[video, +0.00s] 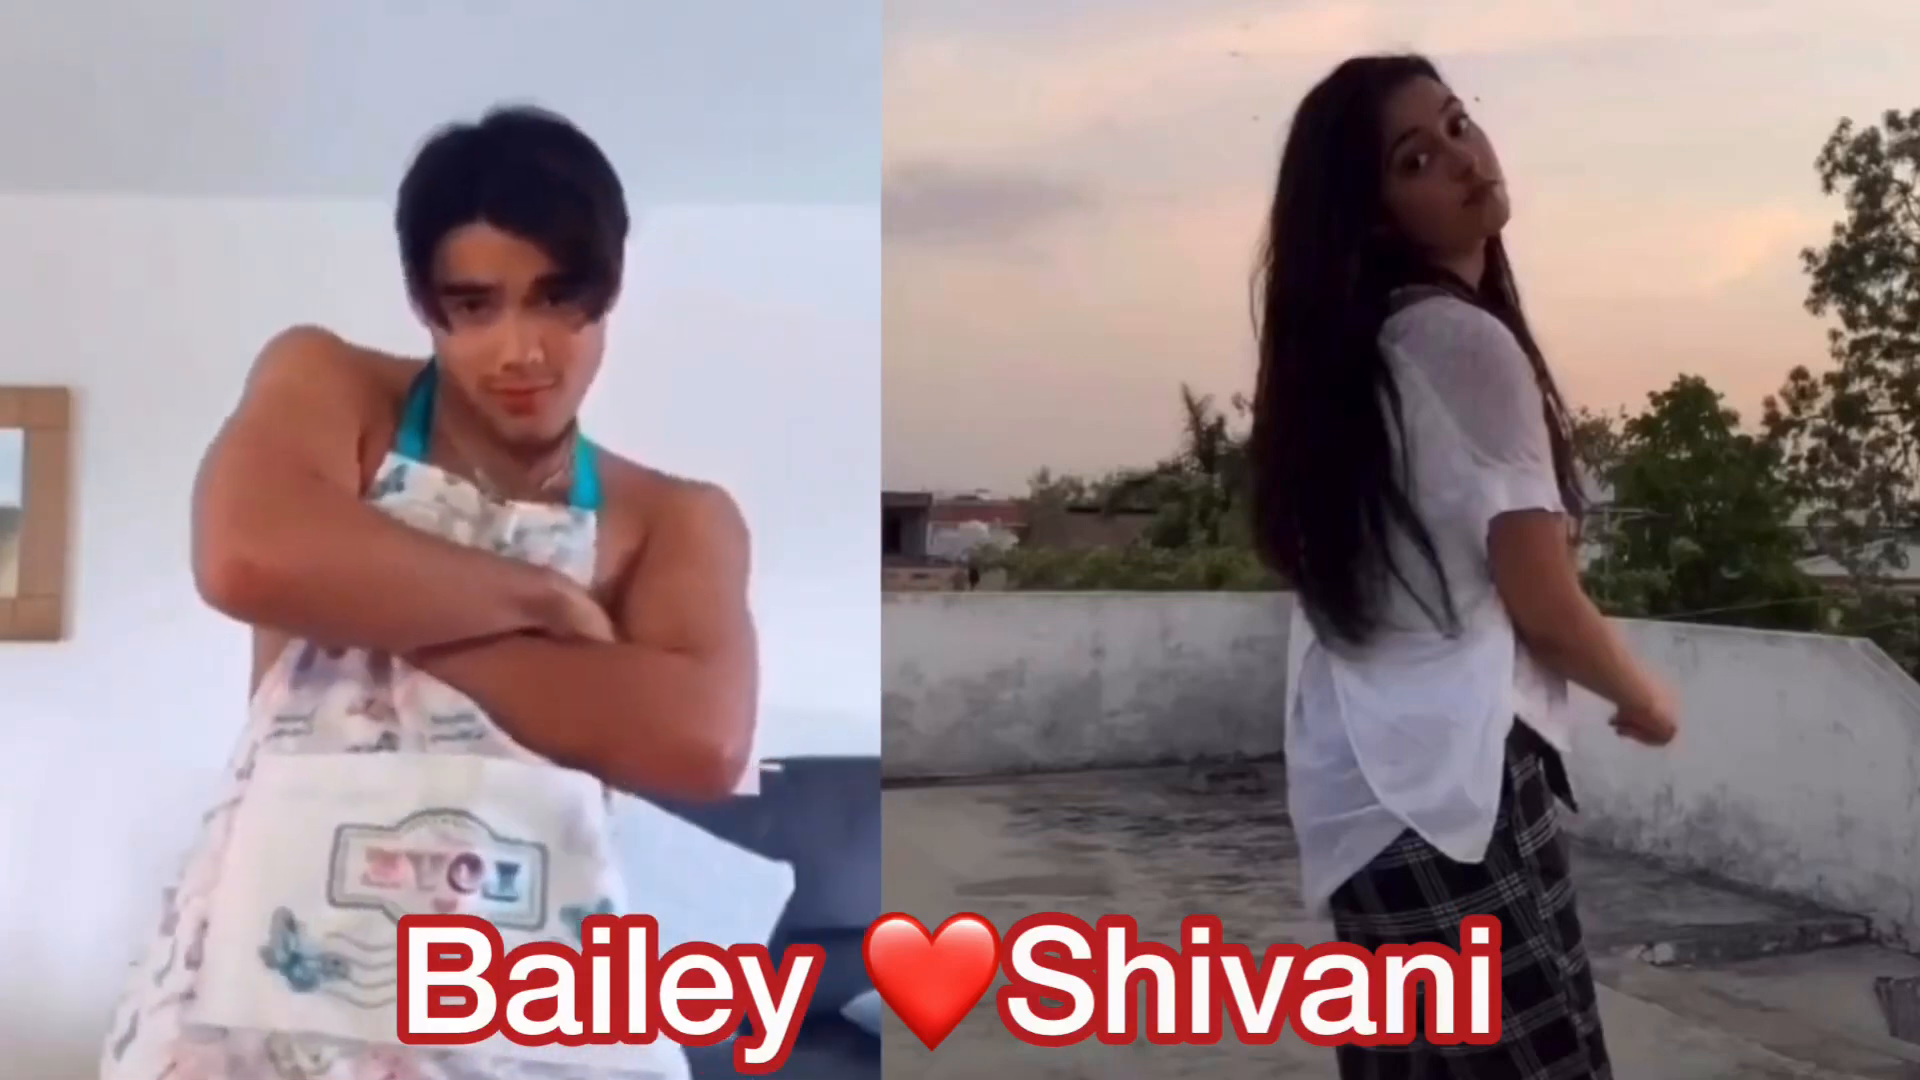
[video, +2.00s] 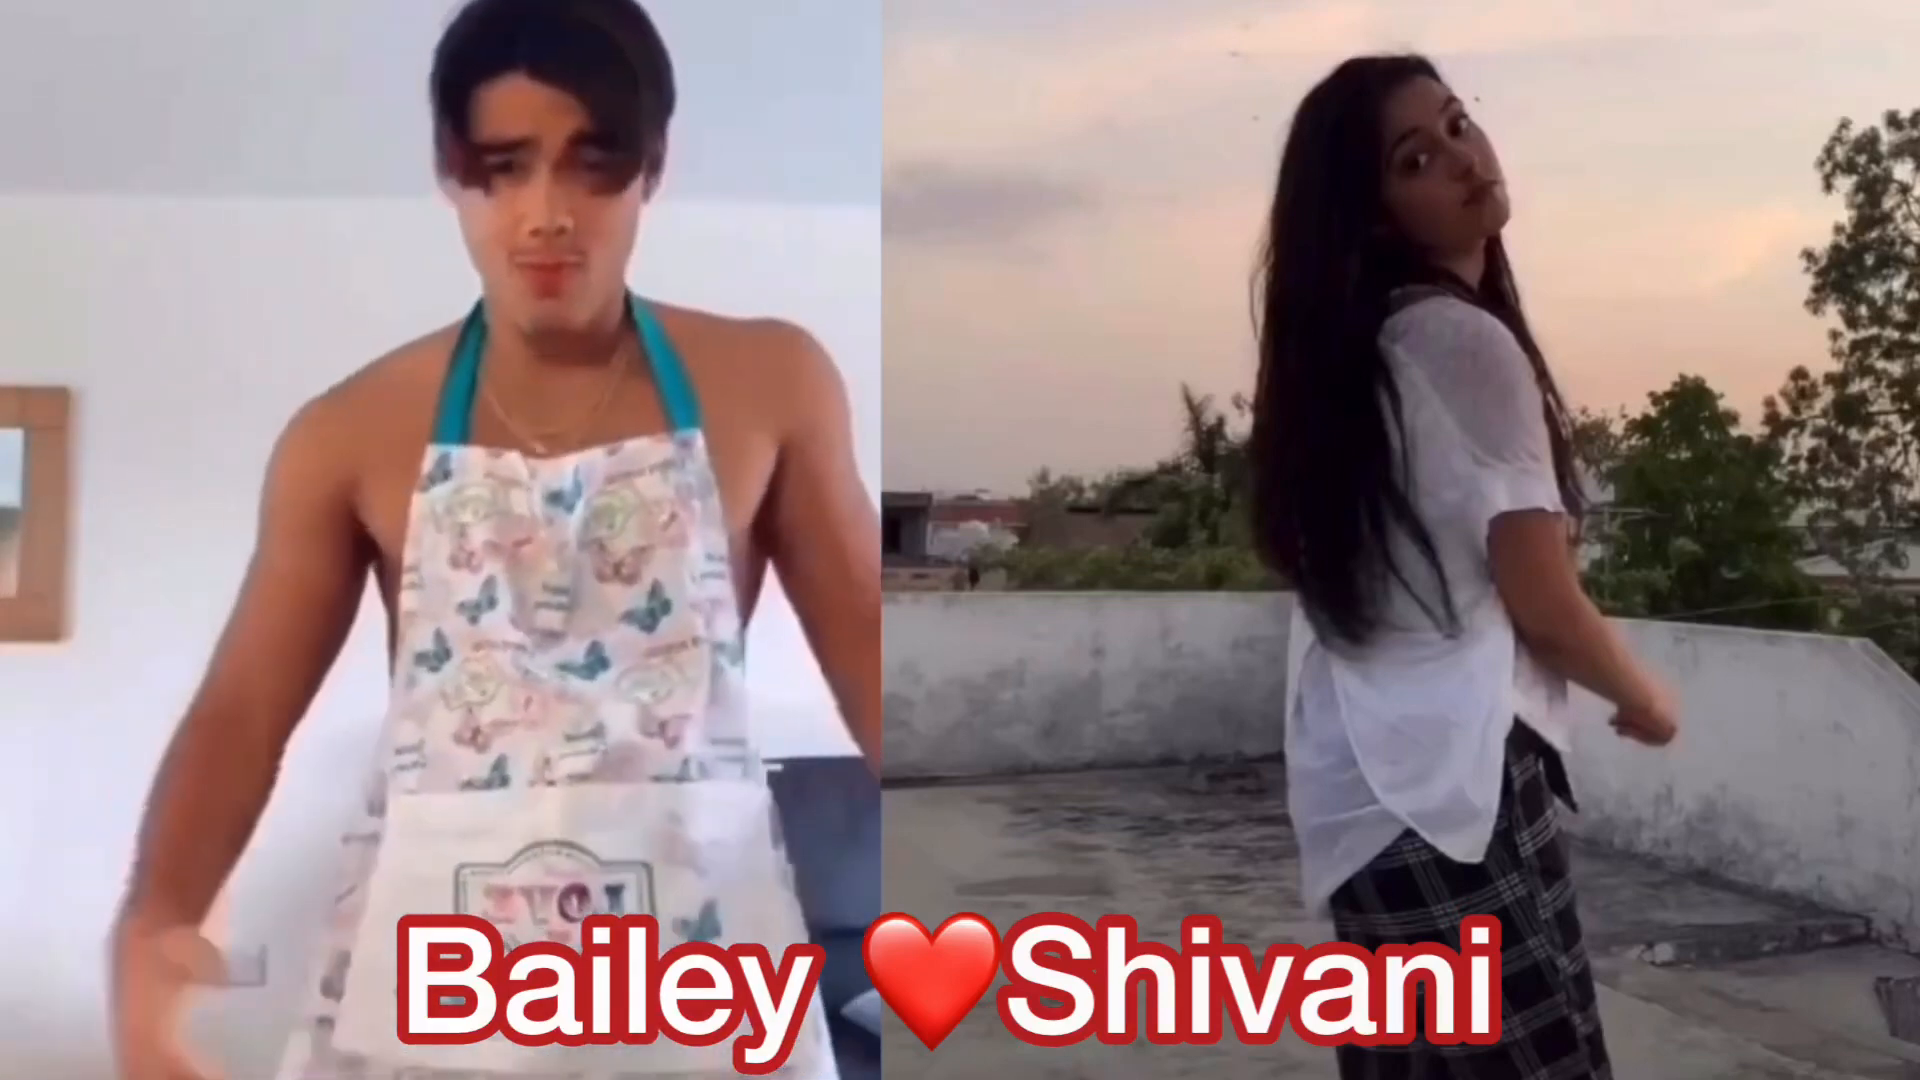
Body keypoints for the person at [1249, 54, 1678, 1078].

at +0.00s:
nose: (1467, 158)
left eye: (1459, 125)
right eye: (1418, 158)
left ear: (1480, 128)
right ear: (1370, 210)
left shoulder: (1352, 333)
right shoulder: (1464, 339)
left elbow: (1393, 566)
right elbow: (1545, 603)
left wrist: (1546, 665)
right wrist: (1642, 697)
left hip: (1362, 783)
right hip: (1451, 789)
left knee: (1397, 1056)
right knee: (1544, 1055)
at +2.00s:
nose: (1467, 158)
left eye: (1459, 125)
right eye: (1418, 159)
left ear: (1480, 129)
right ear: (1370, 210)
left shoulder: (1352, 332)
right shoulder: (1464, 339)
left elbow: (1392, 565)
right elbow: (1544, 602)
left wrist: (1545, 666)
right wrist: (1643, 697)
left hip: (1361, 783)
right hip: (1451, 789)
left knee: (1396, 1056)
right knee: (1544, 1055)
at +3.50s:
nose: (1466, 158)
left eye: (1459, 125)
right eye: (1417, 158)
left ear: (1480, 129)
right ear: (1370, 210)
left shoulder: (1353, 333)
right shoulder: (1465, 339)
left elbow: (1392, 564)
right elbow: (1545, 602)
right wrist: (1643, 697)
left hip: (1362, 783)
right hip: (1452, 789)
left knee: (1397, 1056)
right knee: (1544, 1056)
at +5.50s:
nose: (1466, 158)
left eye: (1459, 125)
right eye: (1417, 158)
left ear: (1480, 129)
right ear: (1370, 210)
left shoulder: (1353, 333)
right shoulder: (1465, 339)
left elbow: (1392, 564)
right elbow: (1545, 602)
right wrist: (1643, 697)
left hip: (1362, 783)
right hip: (1452, 789)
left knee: (1397, 1056)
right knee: (1544, 1056)